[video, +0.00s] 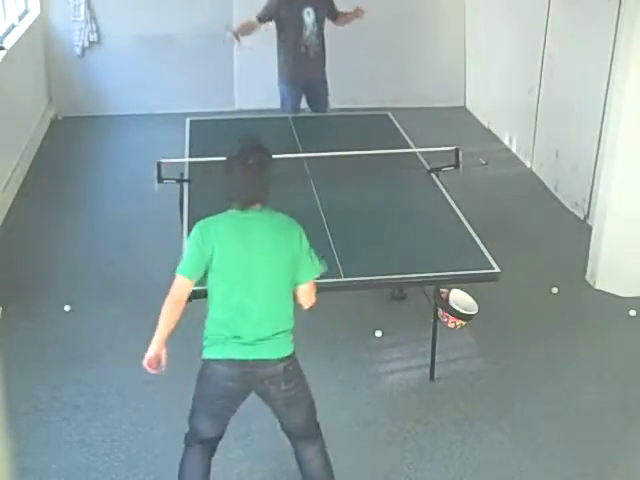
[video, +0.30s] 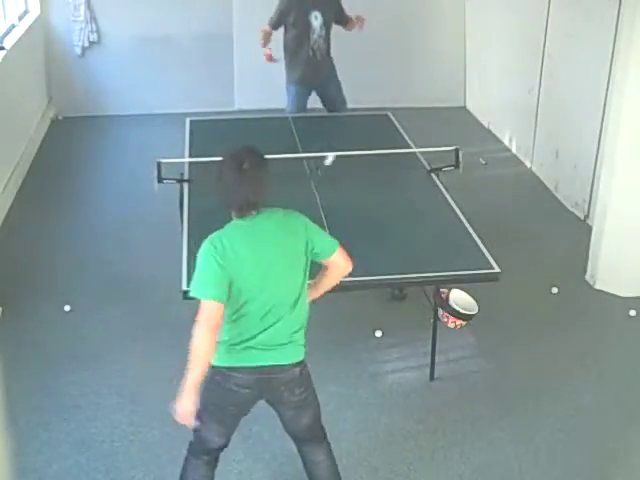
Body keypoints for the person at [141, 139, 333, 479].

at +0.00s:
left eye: (233, 176)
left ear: (227, 182)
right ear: (265, 184)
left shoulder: (207, 230)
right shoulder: (289, 229)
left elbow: (179, 293)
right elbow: (307, 298)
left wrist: (159, 341)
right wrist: (284, 275)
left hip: (223, 365)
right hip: (279, 364)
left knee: (199, 445)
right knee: (308, 442)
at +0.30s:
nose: (222, 186)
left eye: (224, 180)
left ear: (224, 187)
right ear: (264, 184)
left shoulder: (218, 246)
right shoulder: (296, 224)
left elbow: (208, 325)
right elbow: (341, 264)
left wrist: (189, 391)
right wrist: (308, 293)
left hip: (233, 377)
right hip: (288, 373)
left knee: (203, 454)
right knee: (314, 447)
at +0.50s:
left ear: (225, 207)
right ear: (264, 204)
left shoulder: (211, 266)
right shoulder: (295, 245)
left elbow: (202, 345)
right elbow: (340, 293)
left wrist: (184, 412)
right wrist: (310, 323)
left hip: (234, 399)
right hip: (292, 395)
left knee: (196, 461)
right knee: (318, 449)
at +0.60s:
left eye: (216, 216)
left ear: (212, 223)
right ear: (251, 222)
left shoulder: (191, 282)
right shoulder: (284, 267)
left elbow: (167, 356)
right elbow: (320, 322)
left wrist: (141, 421)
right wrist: (293, 351)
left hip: (219, 414)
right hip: (280, 407)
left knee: (183, 473)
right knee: (312, 452)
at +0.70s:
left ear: (185, 231)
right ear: (228, 234)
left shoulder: (153, 284)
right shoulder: (250, 284)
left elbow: (120, 348)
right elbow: (270, 361)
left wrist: (100, 407)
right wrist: (274, 373)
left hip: (180, 425)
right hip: (241, 420)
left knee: (161, 473)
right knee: (292, 472)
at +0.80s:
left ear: (164, 232)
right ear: (208, 240)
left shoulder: (127, 281)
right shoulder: (222, 291)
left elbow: (83, 338)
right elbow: (232, 371)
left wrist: (73, 393)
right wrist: (244, 379)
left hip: (144, 430)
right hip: (205, 430)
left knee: (138, 474)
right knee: (246, 474)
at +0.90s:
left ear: (151, 229)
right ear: (198, 237)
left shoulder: (117, 274)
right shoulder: (211, 292)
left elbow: (64, 337)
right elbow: (222, 377)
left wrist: (58, 386)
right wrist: (227, 379)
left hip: (115, 434)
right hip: (178, 437)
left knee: (98, 473)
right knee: (205, 473)